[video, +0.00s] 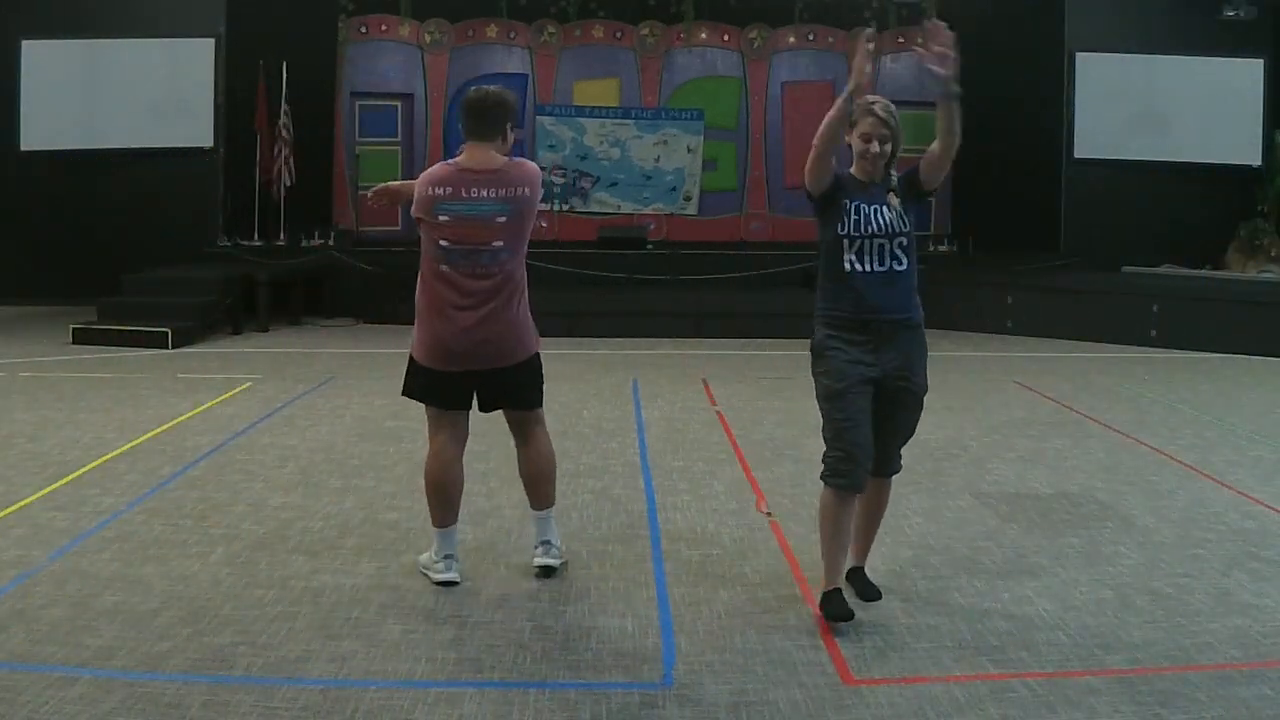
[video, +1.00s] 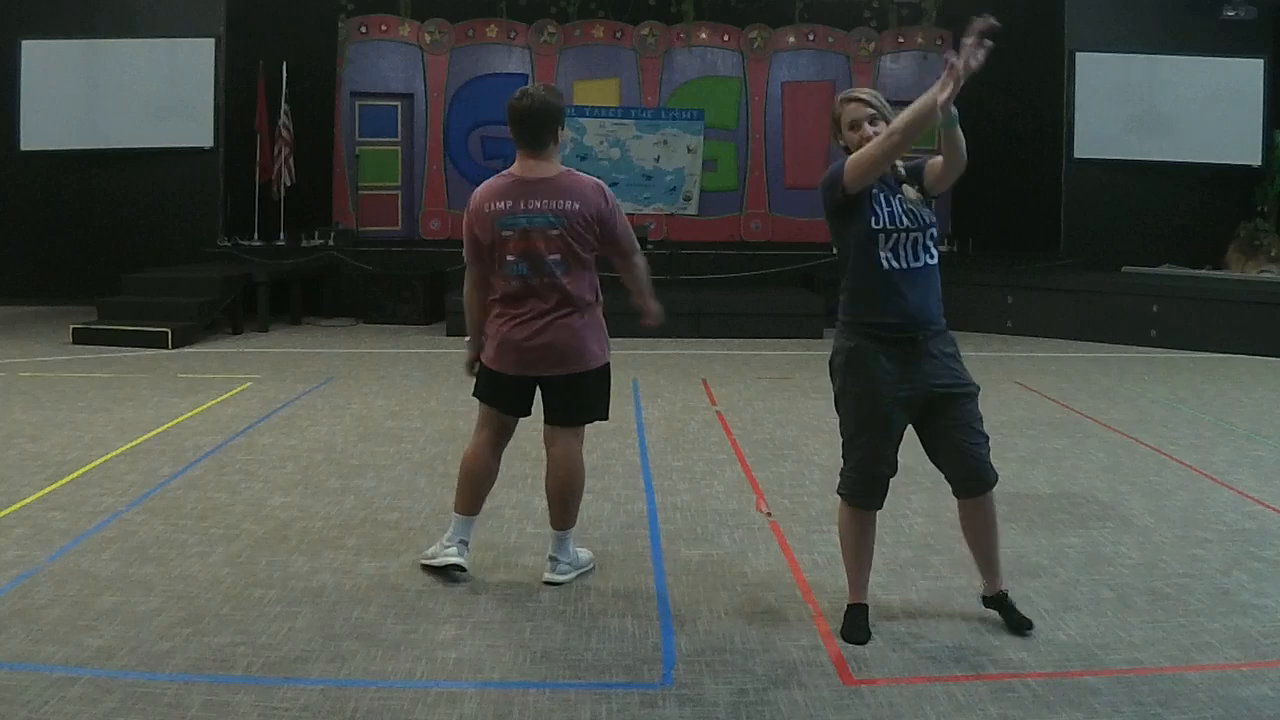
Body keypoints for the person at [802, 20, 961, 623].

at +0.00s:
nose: (873, 144)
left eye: (882, 137)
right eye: (865, 136)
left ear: (896, 144)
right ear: (850, 140)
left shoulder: (910, 186)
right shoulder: (830, 187)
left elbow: (945, 149)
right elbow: (821, 151)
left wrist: (946, 85)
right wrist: (852, 89)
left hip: (902, 343)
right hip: (842, 344)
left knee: (883, 464)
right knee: (848, 463)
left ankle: (857, 566)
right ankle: (832, 585)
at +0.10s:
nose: (872, 144)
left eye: (881, 137)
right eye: (864, 135)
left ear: (895, 142)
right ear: (848, 138)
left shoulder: (914, 186)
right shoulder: (832, 188)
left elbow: (965, 158)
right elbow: (806, 175)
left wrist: (1005, 119)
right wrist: (797, 128)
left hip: (900, 341)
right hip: (840, 339)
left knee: (881, 462)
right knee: (851, 459)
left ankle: (858, 567)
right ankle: (848, 585)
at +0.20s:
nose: (870, 144)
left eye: (880, 136)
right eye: (863, 135)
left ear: (896, 141)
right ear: (849, 138)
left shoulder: (919, 190)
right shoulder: (834, 188)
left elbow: (985, 176)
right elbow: (786, 179)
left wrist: (1048, 161)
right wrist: (748, 158)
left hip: (901, 345)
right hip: (841, 344)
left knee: (882, 466)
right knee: (853, 464)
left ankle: (857, 569)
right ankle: (854, 588)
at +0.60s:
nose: (876, 134)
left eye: (883, 125)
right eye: (865, 127)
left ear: (894, 131)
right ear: (845, 136)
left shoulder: (920, 179)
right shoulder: (831, 187)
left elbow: (986, 140)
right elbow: (779, 150)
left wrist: (1050, 102)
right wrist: (734, 106)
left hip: (911, 351)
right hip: (848, 352)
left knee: (901, 480)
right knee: (855, 477)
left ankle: (861, 556)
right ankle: (852, 597)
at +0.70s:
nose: (868, 131)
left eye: (875, 123)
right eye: (857, 125)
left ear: (888, 132)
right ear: (837, 137)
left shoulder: (913, 174)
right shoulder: (833, 186)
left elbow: (965, 126)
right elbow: (808, 146)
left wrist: (1009, 69)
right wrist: (793, 69)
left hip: (915, 347)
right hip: (852, 350)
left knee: (925, 484)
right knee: (854, 483)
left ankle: (875, 548)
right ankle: (854, 601)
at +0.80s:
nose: (868, 133)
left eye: (874, 123)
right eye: (855, 128)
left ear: (888, 131)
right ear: (841, 140)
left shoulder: (910, 176)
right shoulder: (834, 189)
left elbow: (950, 126)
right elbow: (835, 123)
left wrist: (965, 60)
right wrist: (863, 56)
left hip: (919, 345)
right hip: (855, 349)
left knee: (953, 477)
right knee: (857, 481)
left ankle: (903, 558)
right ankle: (855, 600)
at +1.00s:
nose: (868, 128)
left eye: (876, 119)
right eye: (854, 124)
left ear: (893, 127)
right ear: (837, 139)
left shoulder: (916, 178)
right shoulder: (841, 183)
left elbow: (952, 163)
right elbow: (888, 144)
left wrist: (946, 108)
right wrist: (946, 84)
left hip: (933, 347)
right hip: (868, 351)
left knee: (975, 471)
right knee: (864, 483)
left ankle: (994, 589)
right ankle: (857, 601)